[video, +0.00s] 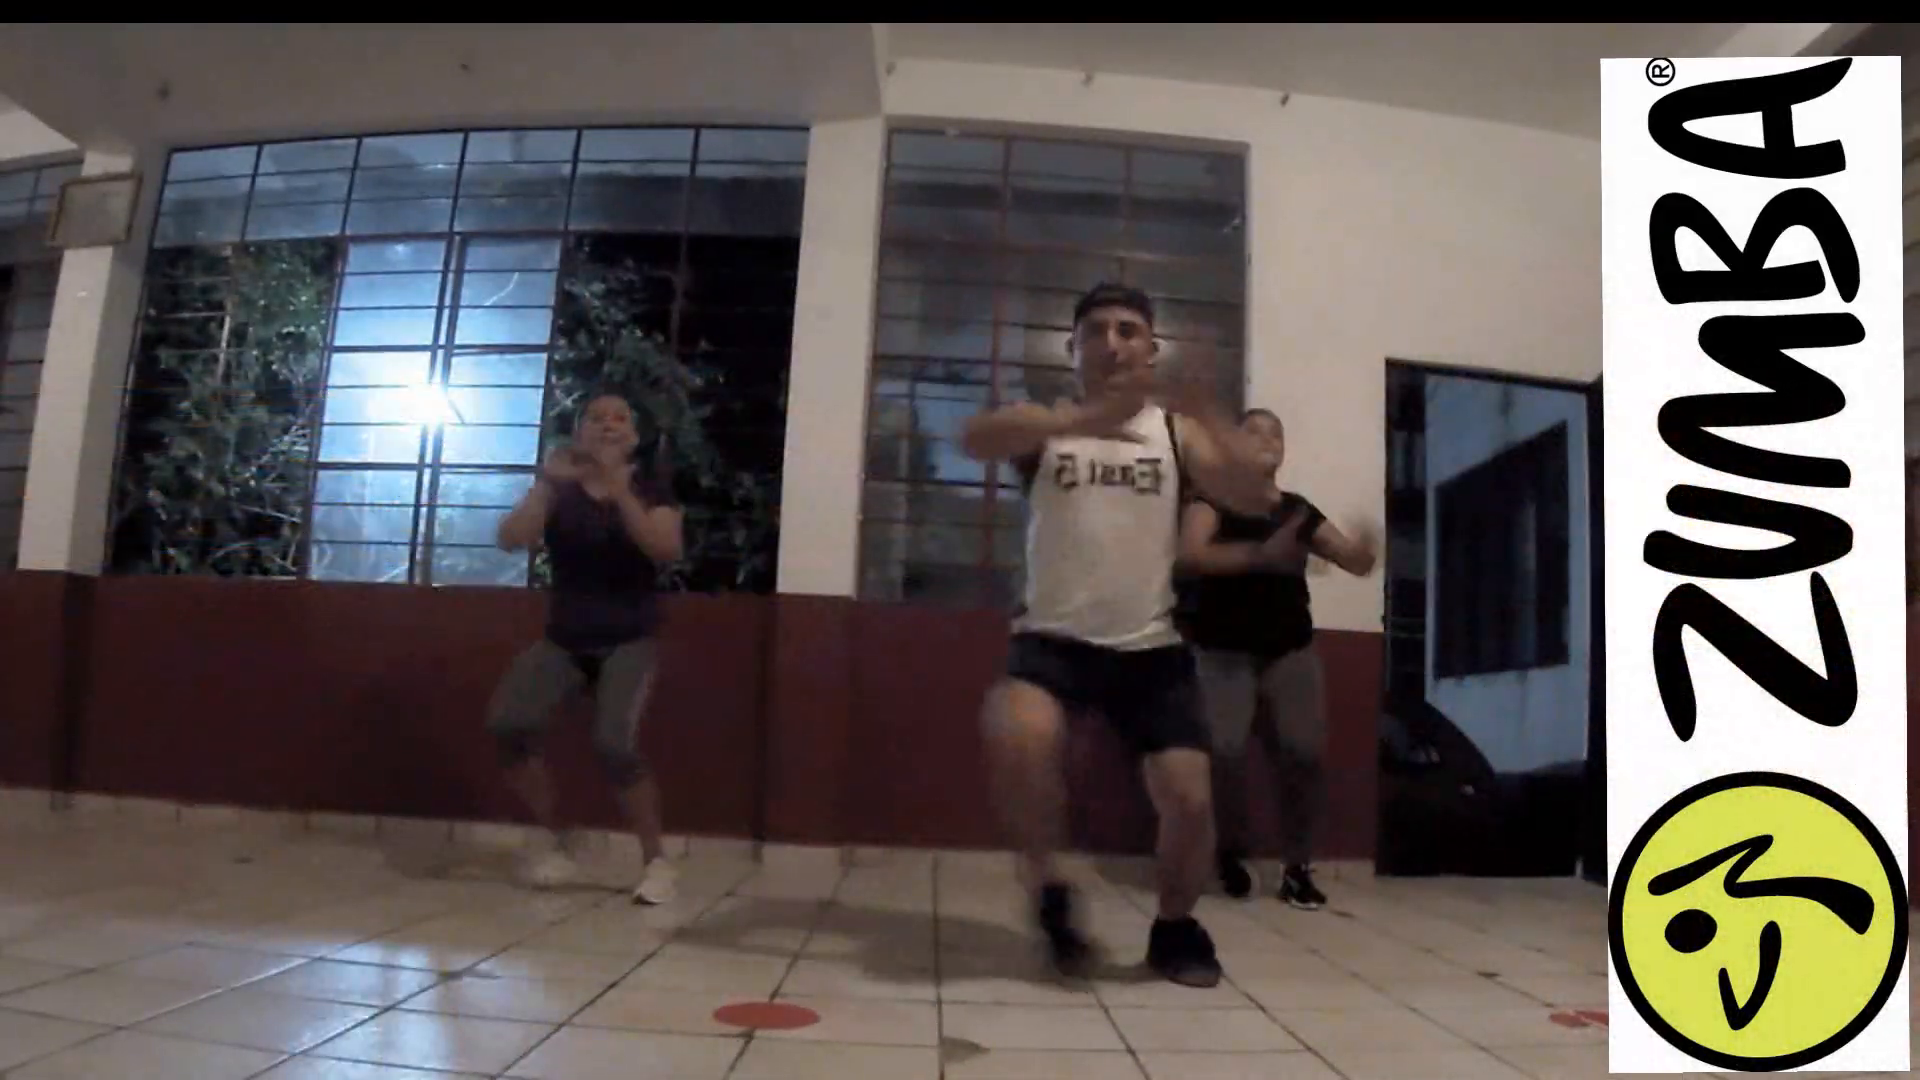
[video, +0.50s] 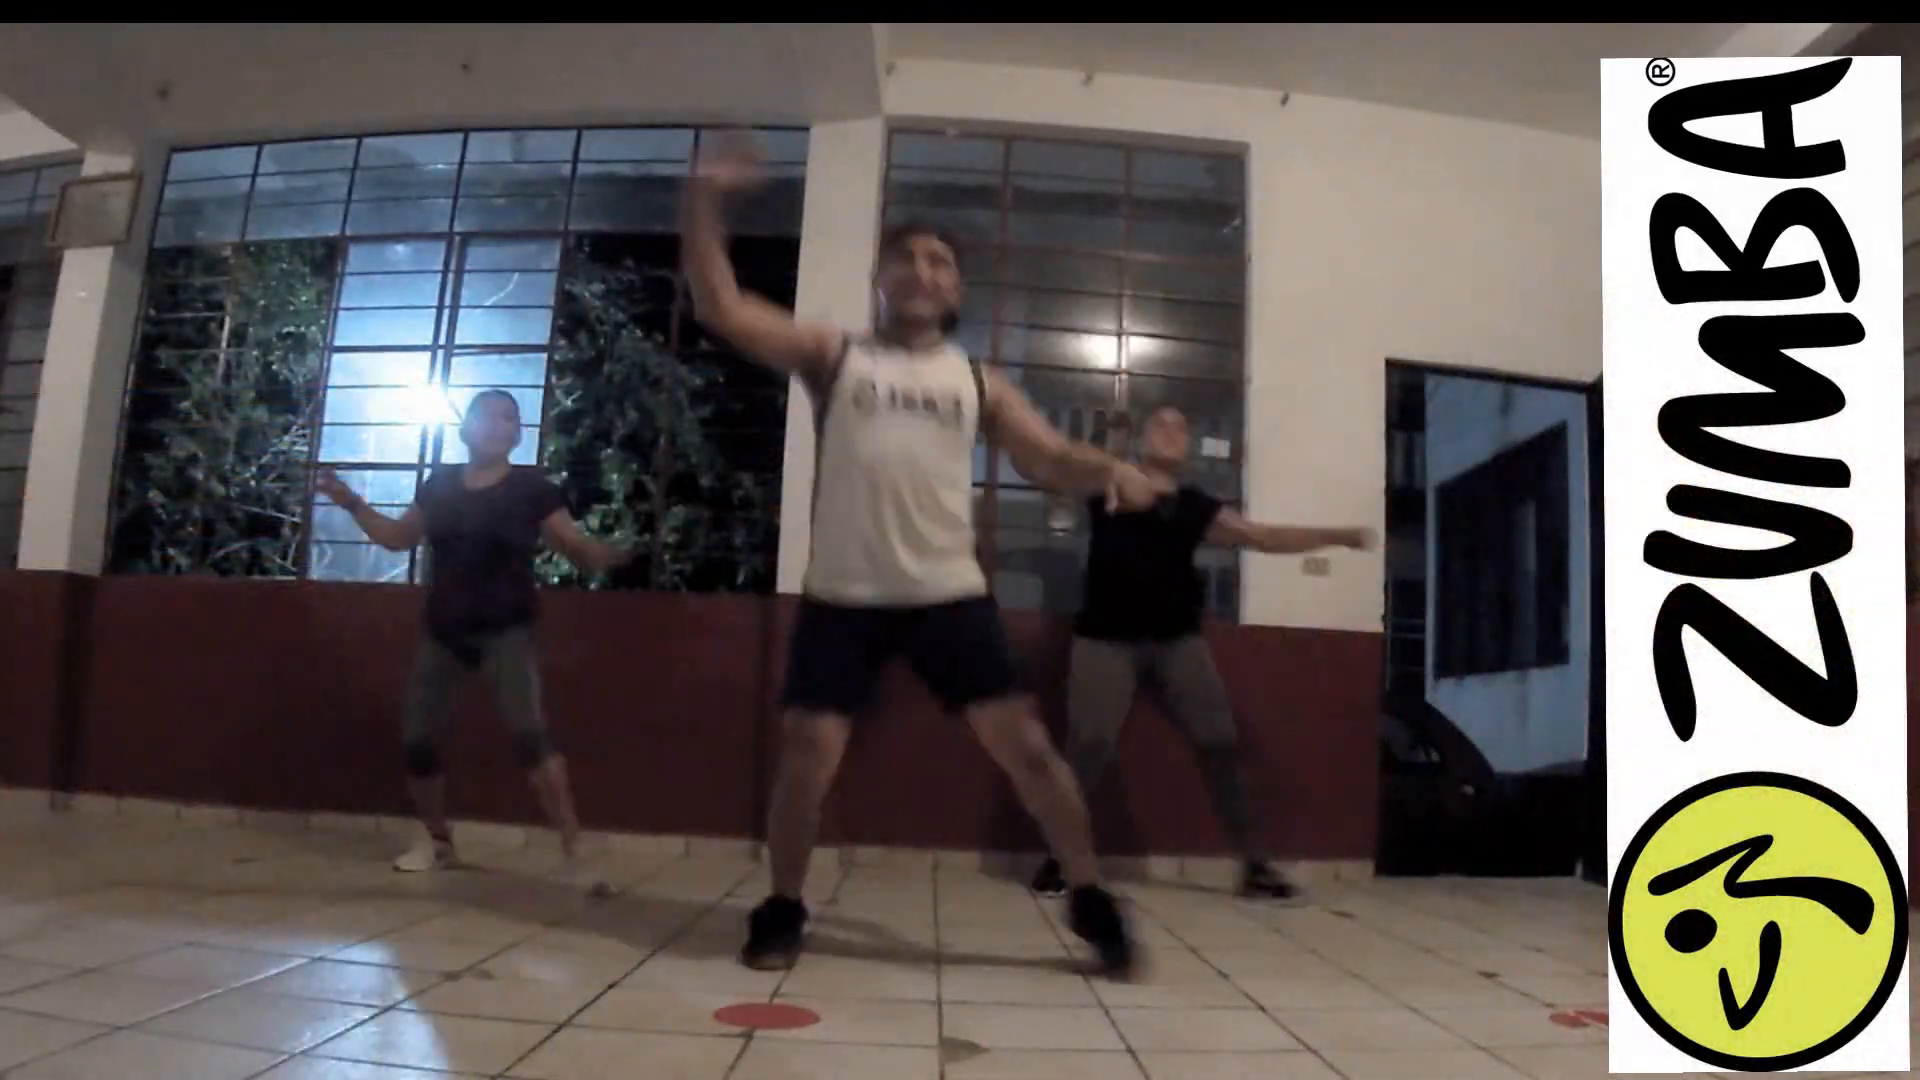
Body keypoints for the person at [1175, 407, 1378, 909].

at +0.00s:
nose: (1267, 443)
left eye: (1274, 436)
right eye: (1255, 434)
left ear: (1283, 449)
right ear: (1233, 444)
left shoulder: (1295, 511)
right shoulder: (1210, 502)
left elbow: (1356, 562)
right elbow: (1192, 555)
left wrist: (1363, 543)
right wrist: (1262, 554)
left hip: (1288, 648)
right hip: (1223, 648)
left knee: (1304, 753)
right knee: (1226, 754)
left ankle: (1297, 866)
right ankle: (1229, 855)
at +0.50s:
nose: (1169, 436)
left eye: (1178, 430)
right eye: (1160, 427)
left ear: (1189, 446)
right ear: (1141, 438)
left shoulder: (1192, 505)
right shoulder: (1109, 485)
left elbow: (1261, 537)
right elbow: (1054, 472)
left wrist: (1337, 537)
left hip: (1175, 638)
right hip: (1106, 637)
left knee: (1218, 741)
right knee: (1090, 747)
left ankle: (1254, 865)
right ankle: (1061, 858)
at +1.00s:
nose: (1150, 431)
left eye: (1157, 422)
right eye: (1138, 424)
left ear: (1169, 433)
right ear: (1118, 437)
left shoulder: (1191, 494)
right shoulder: (1098, 497)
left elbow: (1242, 529)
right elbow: (1070, 565)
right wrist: (1070, 616)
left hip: (1172, 640)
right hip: (1106, 638)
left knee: (1208, 732)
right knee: (1097, 742)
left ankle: (1162, 834)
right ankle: (1087, 851)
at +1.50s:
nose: (1202, 402)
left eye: (1211, 398)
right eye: (1191, 398)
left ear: (1227, 415)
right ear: (1171, 416)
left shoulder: (1251, 464)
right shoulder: (1157, 475)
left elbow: (1297, 385)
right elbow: (1108, 466)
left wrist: (1321, 301)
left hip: (1253, 620)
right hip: (1176, 620)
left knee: (1284, 737)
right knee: (1118, 716)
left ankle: (1290, 885)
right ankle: (1120, 858)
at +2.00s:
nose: (1157, 409)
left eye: (1165, 403)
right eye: (1144, 403)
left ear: (1177, 421)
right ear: (1121, 419)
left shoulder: (1187, 487)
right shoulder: (1104, 462)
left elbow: (1186, 555)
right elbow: (1072, 381)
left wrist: (1195, 607)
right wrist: (1098, 307)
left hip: (1188, 618)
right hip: (1117, 621)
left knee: (1236, 729)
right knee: (1101, 739)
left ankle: (1214, 830)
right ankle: (1072, 875)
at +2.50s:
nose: (1143, 420)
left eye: (1152, 414)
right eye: (1133, 413)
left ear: (1166, 429)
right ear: (1114, 426)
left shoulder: (1188, 484)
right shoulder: (1095, 483)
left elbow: (1235, 542)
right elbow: (1065, 549)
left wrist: (1282, 579)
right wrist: (1065, 600)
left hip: (1176, 624)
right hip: (1107, 622)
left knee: (1179, 739)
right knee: (1088, 735)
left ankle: (1167, 856)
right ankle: (1069, 845)